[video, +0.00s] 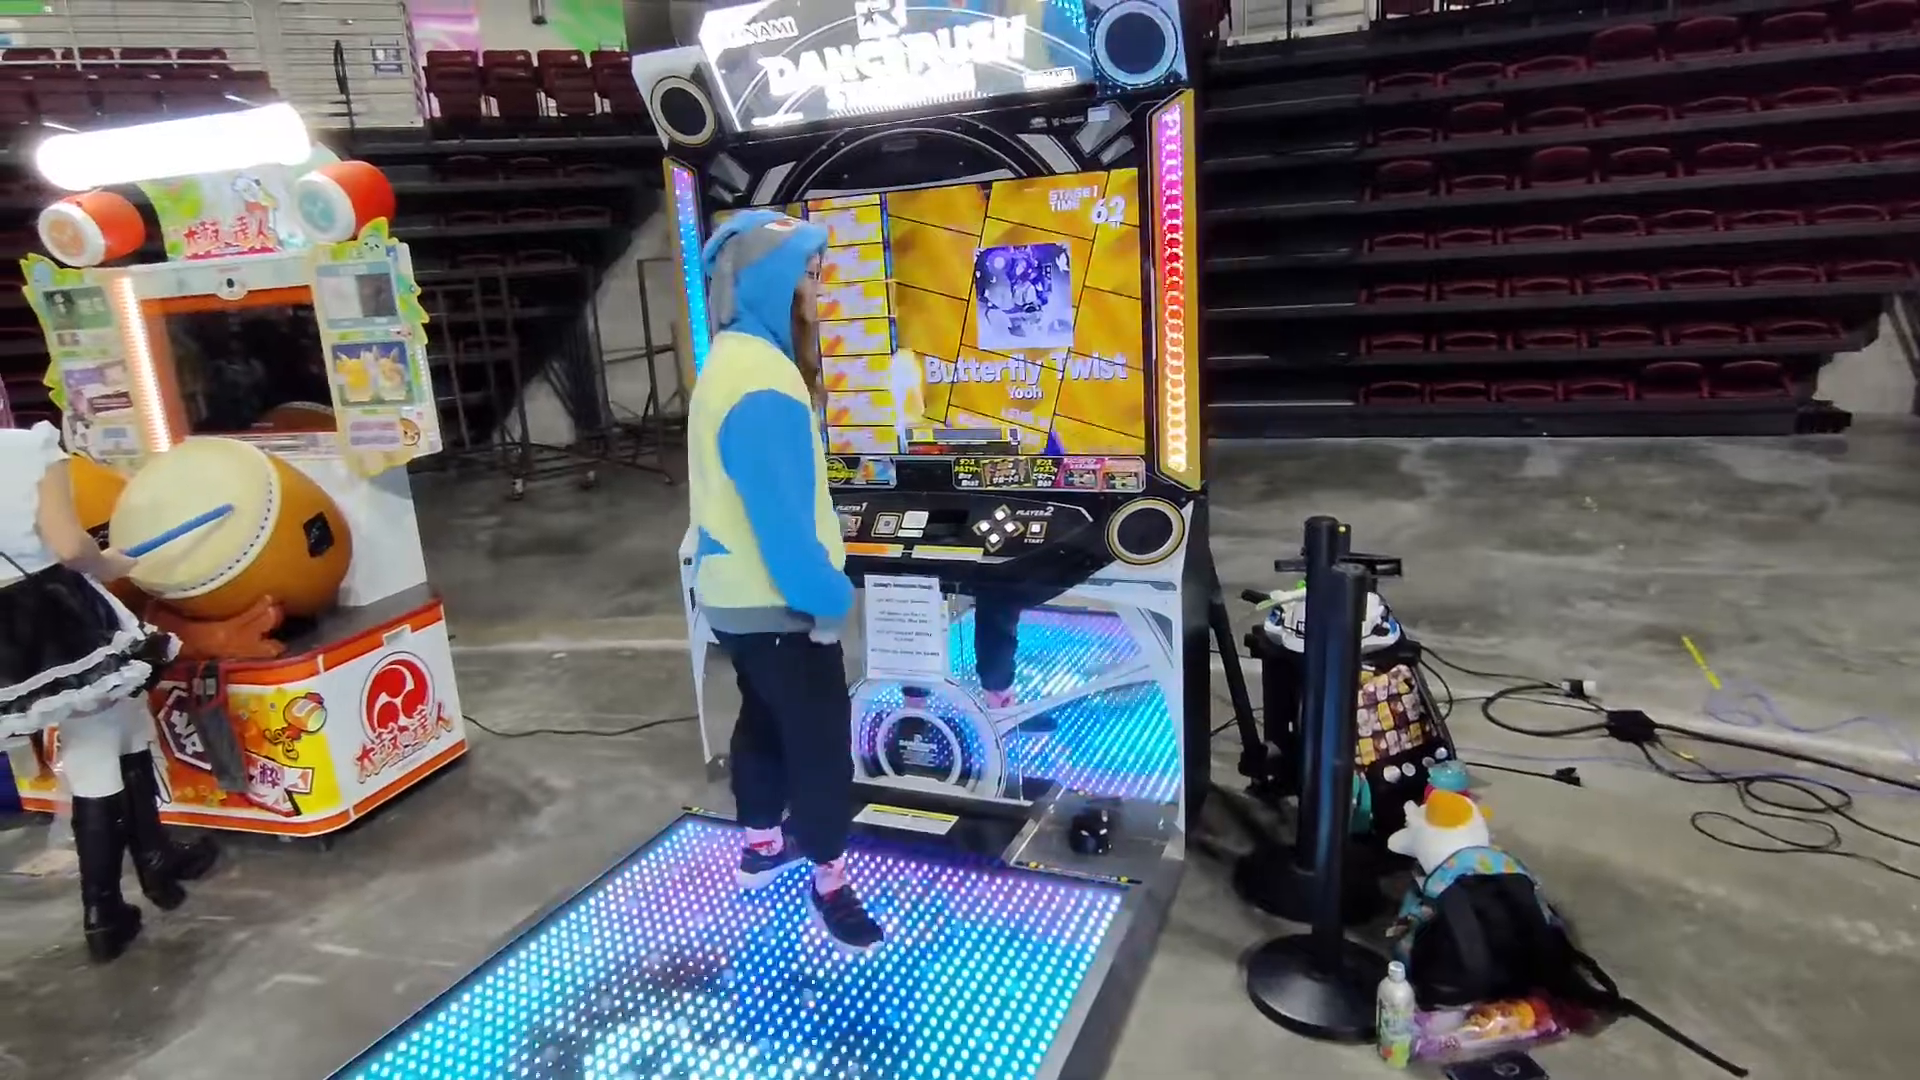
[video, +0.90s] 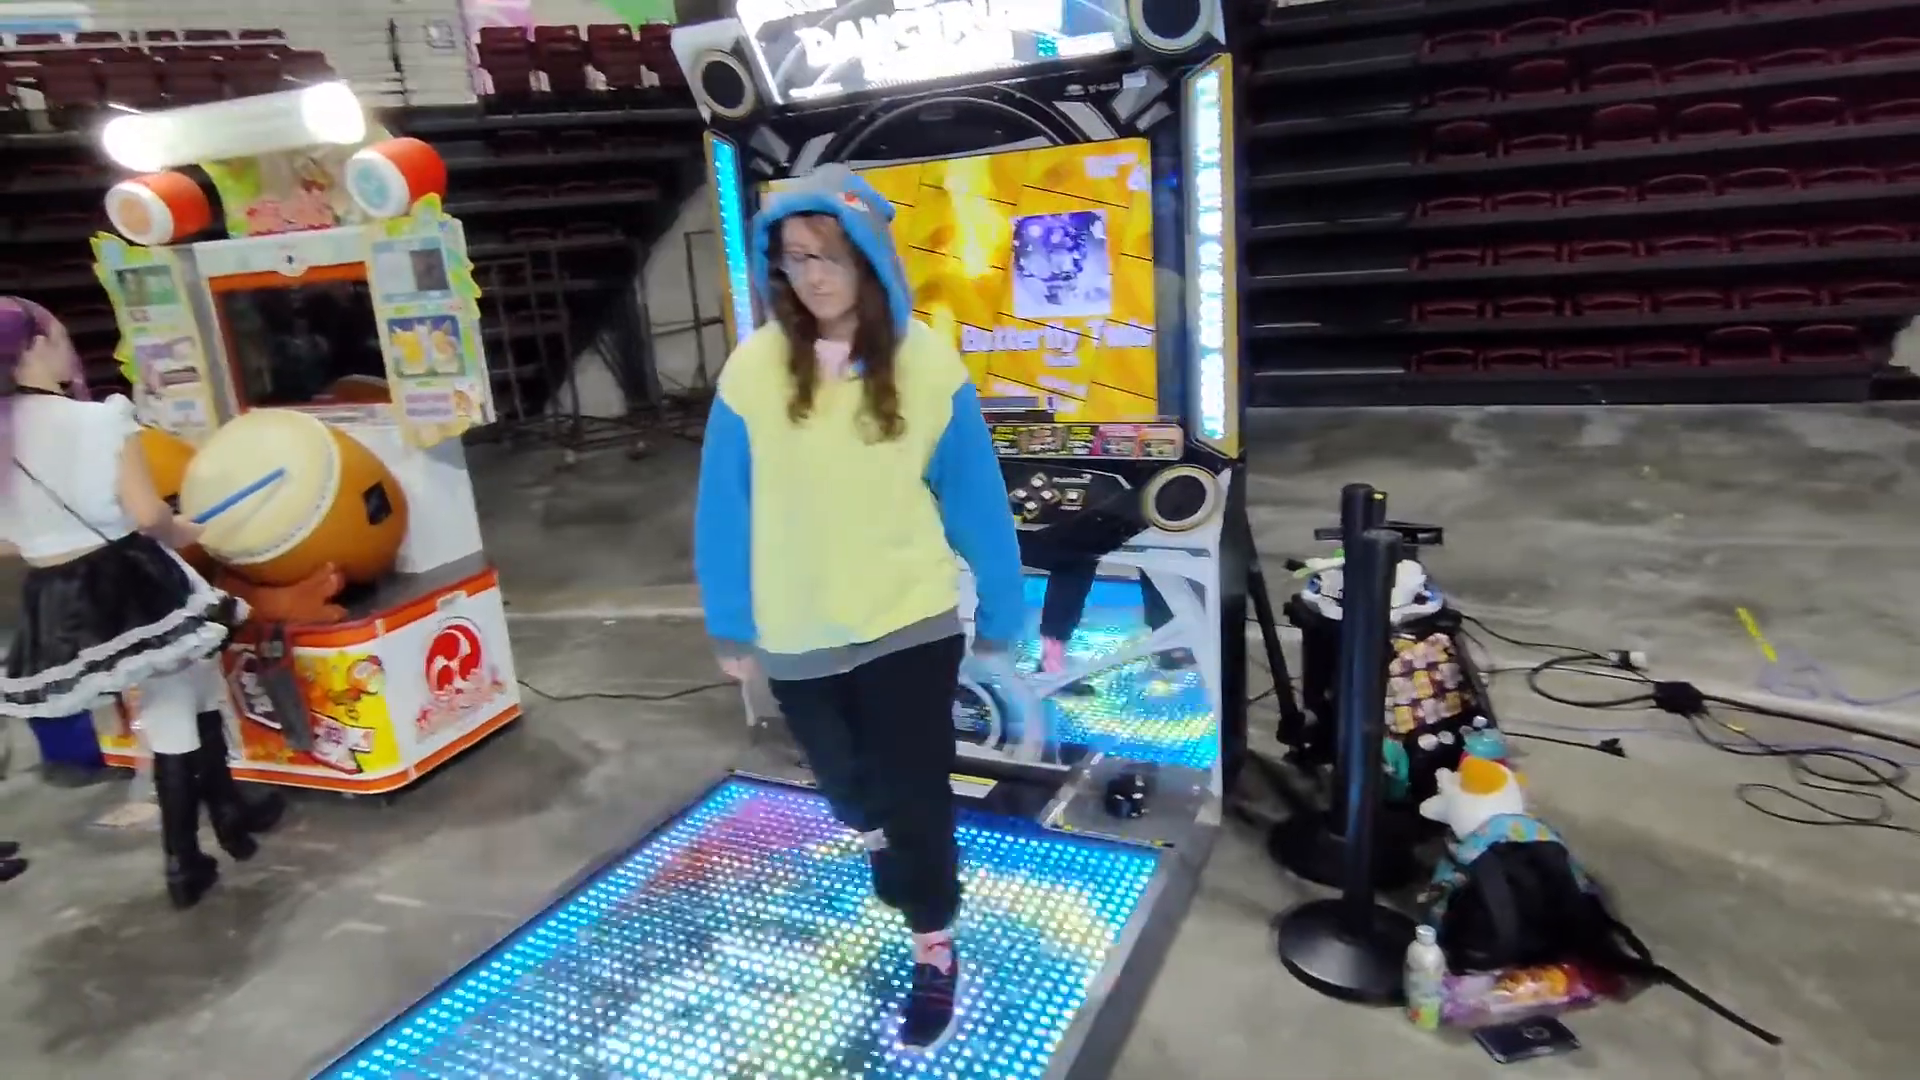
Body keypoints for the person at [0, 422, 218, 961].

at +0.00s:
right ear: (17, 391)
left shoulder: (28, 449)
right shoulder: (32, 447)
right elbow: (68, 544)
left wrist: (94, 562)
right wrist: (106, 563)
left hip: (16, 636)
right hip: (58, 626)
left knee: (127, 715)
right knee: (92, 748)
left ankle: (155, 857)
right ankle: (101, 909)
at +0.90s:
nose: (70, 350)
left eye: (65, 339)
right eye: (62, 340)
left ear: (14, 356)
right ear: (36, 348)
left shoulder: (6, 431)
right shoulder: (97, 421)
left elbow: (15, 543)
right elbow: (148, 516)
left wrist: (65, 546)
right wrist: (179, 531)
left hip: (57, 598)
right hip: (127, 585)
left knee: (197, 674)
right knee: (171, 706)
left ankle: (229, 809)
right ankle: (183, 861)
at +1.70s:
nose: (67, 340)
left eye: (60, 328)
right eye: (56, 329)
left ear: (13, 347)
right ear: (28, 342)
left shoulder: (7, 417)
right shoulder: (103, 409)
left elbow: (13, 535)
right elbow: (157, 498)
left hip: (45, 589)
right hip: (121, 578)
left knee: (173, 674)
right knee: (164, 700)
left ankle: (218, 807)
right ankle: (165, 855)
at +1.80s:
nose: (54, 334)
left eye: (47, 323)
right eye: (46, 323)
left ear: (4, 340)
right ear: (22, 333)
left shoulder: (7, 412)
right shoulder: (92, 408)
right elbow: (147, 500)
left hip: (34, 595)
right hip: (112, 585)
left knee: (166, 670)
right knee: (151, 695)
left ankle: (205, 809)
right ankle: (154, 858)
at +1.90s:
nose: (33, 323)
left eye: (26, 310)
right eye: (25, 311)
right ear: (8, 319)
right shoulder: (74, 395)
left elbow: (129, 488)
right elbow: (133, 490)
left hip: (15, 593)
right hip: (89, 583)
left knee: (147, 651)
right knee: (138, 683)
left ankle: (187, 798)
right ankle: (137, 850)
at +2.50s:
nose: (30, 261)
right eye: (24, 251)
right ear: (16, 257)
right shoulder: (48, 323)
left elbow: (92, 419)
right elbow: (94, 421)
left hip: (11, 505)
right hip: (70, 493)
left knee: (125, 593)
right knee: (108, 623)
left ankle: (165, 726)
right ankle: (118, 774)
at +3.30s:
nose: (60, 200)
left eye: (55, 189)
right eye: (52, 190)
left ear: (8, 206)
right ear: (29, 199)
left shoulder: (5, 282)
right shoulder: (102, 271)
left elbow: (9, 393)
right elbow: (151, 369)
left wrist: (51, 393)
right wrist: (140, 313)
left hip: (56, 443)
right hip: (128, 432)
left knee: (179, 535)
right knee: (168, 560)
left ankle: (225, 658)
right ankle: (183, 706)